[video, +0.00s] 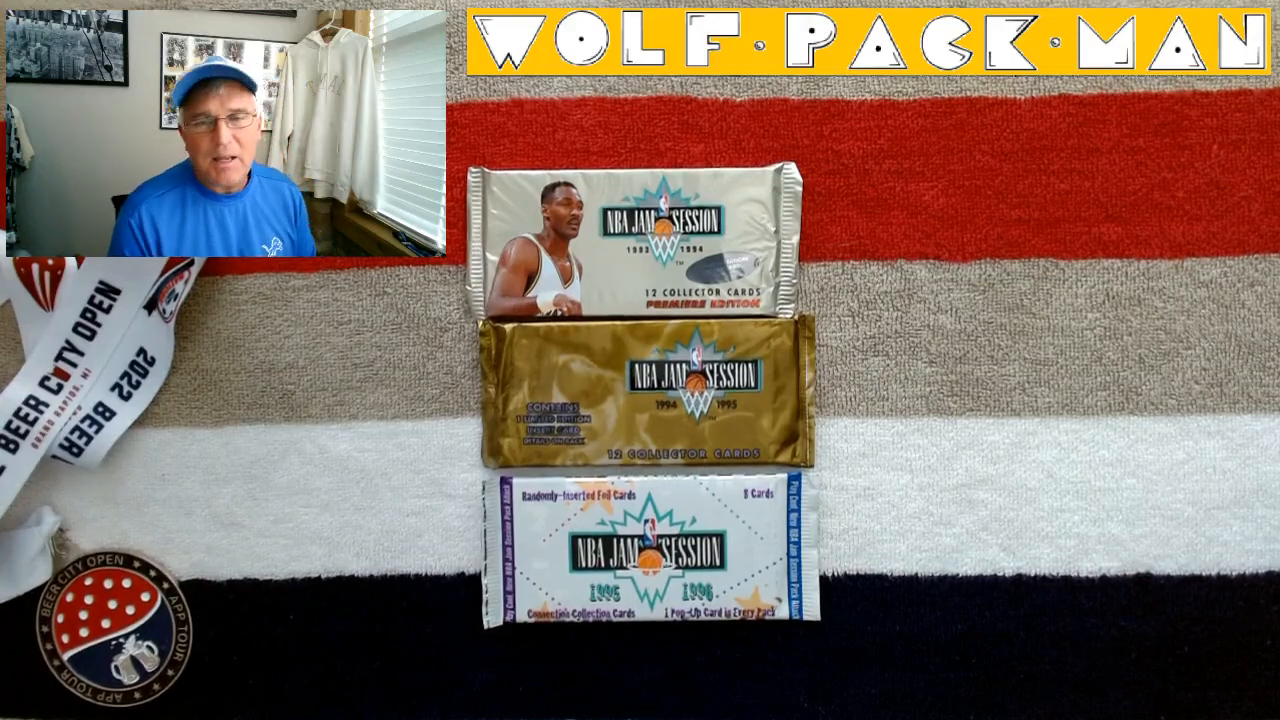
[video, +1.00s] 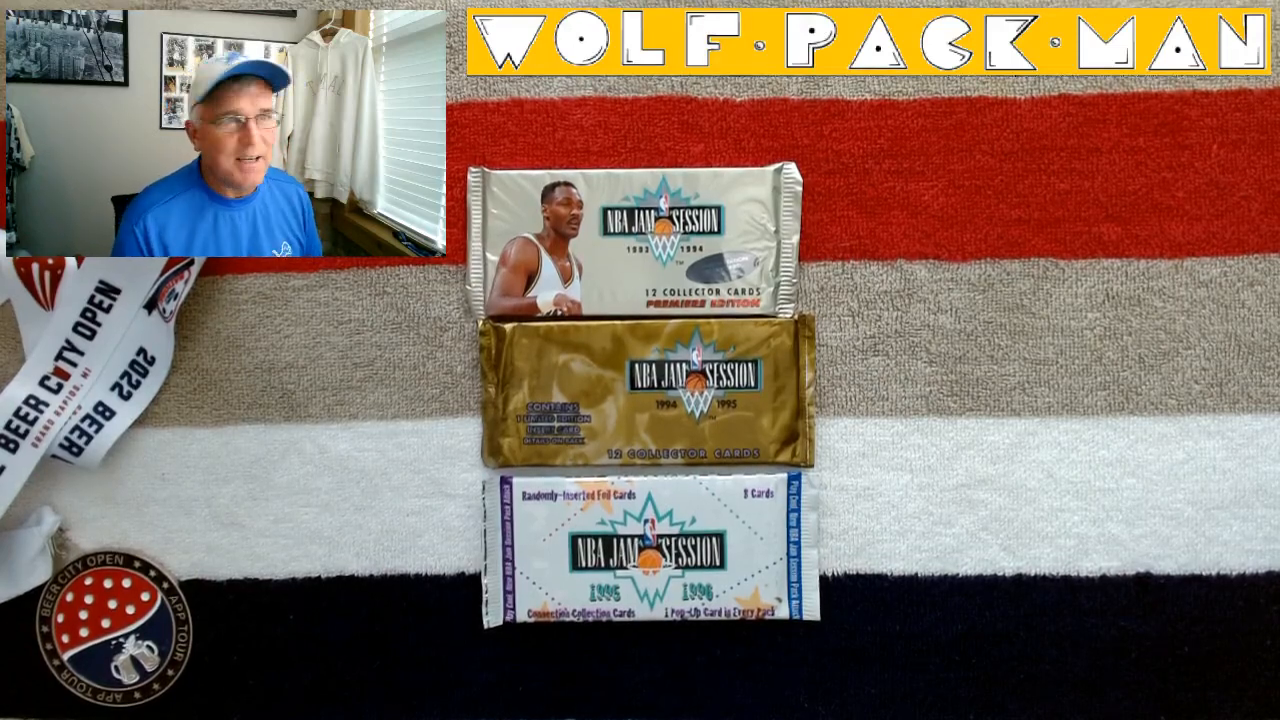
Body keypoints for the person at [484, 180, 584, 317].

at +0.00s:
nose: (576, 213)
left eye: (580, 207)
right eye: (566, 205)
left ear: (583, 211)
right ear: (546, 211)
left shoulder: (575, 266)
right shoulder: (521, 250)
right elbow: (495, 307)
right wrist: (550, 301)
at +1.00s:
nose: (576, 213)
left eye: (580, 206)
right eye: (566, 205)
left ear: (583, 211)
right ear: (545, 211)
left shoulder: (575, 265)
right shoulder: (521, 250)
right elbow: (494, 307)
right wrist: (551, 301)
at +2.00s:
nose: (576, 213)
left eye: (580, 207)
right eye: (566, 205)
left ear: (583, 211)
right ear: (545, 211)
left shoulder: (575, 265)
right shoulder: (521, 249)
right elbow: (495, 307)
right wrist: (550, 301)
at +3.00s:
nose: (576, 213)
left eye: (580, 207)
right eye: (566, 205)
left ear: (583, 211)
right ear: (545, 211)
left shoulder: (575, 266)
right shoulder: (521, 250)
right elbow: (495, 307)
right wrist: (550, 301)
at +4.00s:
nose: (576, 213)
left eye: (580, 207)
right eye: (566, 205)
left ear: (583, 211)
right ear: (545, 211)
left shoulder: (575, 266)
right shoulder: (521, 250)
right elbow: (494, 307)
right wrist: (551, 301)